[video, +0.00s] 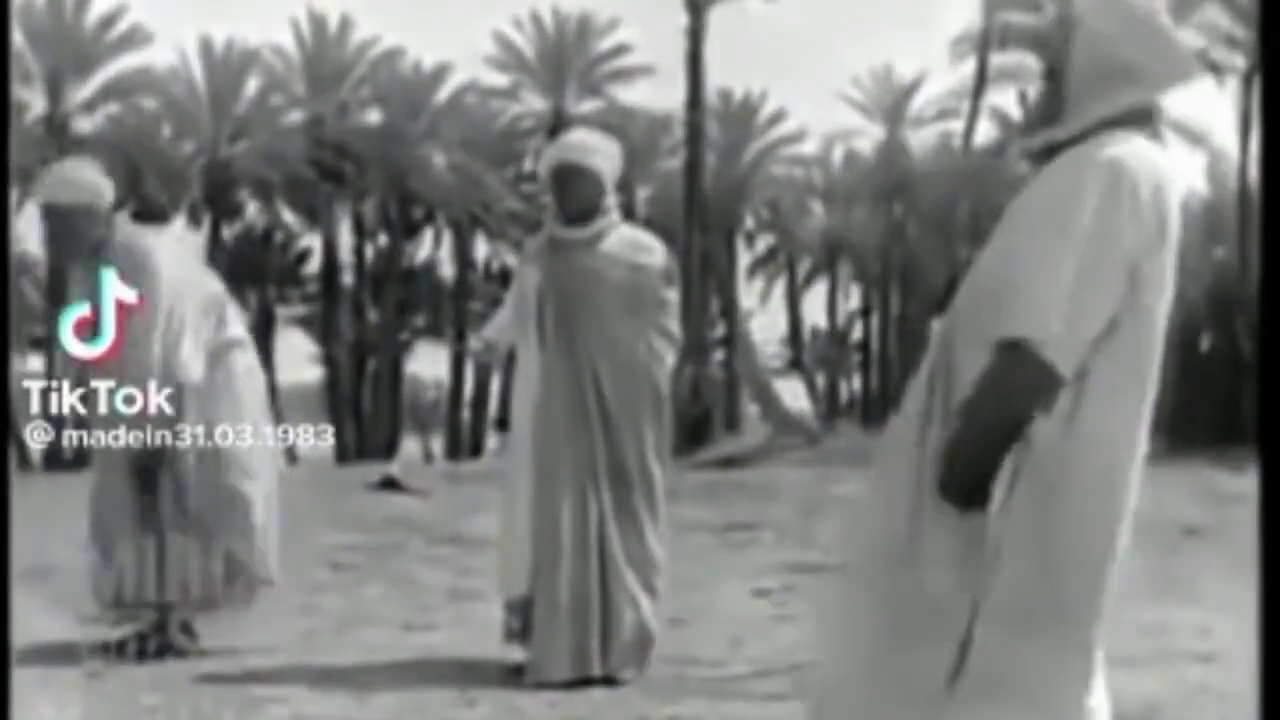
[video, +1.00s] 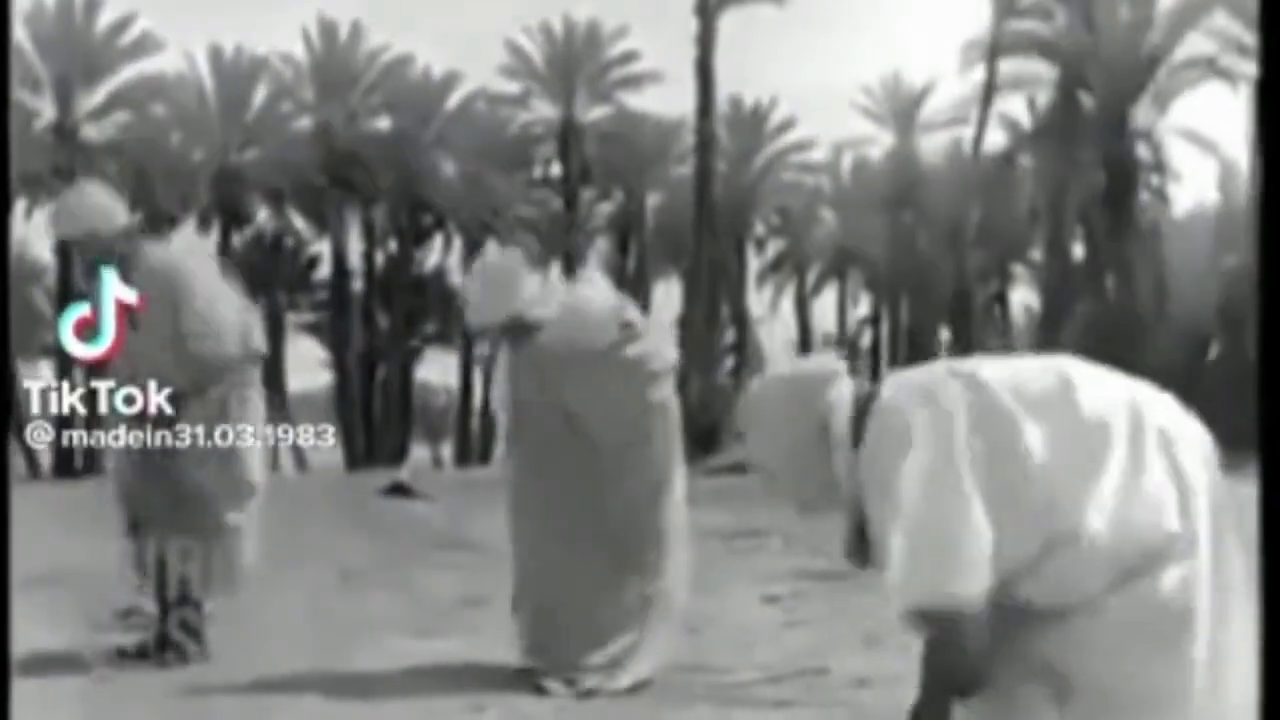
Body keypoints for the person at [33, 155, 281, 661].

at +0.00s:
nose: (56, 236)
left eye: (64, 223)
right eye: (52, 223)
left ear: (93, 219)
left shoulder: (157, 264)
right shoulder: (93, 260)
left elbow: (172, 359)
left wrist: (154, 435)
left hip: (211, 374)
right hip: (159, 372)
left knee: (175, 485)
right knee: (142, 478)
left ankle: (172, 617)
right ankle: (158, 612)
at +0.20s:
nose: (76, 176)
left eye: (87, 162)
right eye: (75, 162)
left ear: (120, 162)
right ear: (113, 165)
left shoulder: (173, 220)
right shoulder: (104, 229)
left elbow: (181, 317)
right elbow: (92, 310)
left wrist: (158, 385)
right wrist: (96, 369)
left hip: (183, 383)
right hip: (135, 381)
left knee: (177, 495)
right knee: (147, 494)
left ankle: (175, 616)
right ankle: (162, 610)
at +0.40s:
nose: (108, 161)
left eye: (115, 145)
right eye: (105, 148)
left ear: (150, 141)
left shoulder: (194, 207)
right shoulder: (133, 215)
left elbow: (202, 305)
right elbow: (112, 295)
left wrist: (128, 349)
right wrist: (92, 340)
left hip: (187, 376)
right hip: (143, 374)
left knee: (174, 490)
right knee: (145, 487)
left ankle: (171, 615)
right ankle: (159, 606)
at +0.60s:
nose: (127, 155)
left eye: (137, 141)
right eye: (127, 142)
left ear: (167, 143)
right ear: (137, 149)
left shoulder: (207, 209)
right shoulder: (136, 218)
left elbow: (199, 300)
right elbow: (109, 288)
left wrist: (126, 335)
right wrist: (98, 332)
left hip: (193, 365)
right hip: (146, 366)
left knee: (174, 481)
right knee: (140, 481)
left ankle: (173, 614)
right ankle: (159, 603)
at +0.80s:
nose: (122, 175)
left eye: (128, 162)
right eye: (120, 163)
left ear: (156, 160)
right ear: (157, 160)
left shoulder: (208, 222)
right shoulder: (149, 228)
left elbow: (222, 319)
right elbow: (151, 316)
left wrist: (154, 362)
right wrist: (125, 360)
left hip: (209, 379)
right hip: (165, 380)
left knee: (188, 501)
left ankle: (183, 624)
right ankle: (172, 608)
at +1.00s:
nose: (80, 261)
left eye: (82, 249)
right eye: (72, 252)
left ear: (105, 237)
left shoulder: (175, 266)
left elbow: (220, 349)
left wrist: (179, 396)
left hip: (202, 410)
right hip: (158, 408)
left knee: (184, 510)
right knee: (153, 511)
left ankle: (185, 623)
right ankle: (168, 620)